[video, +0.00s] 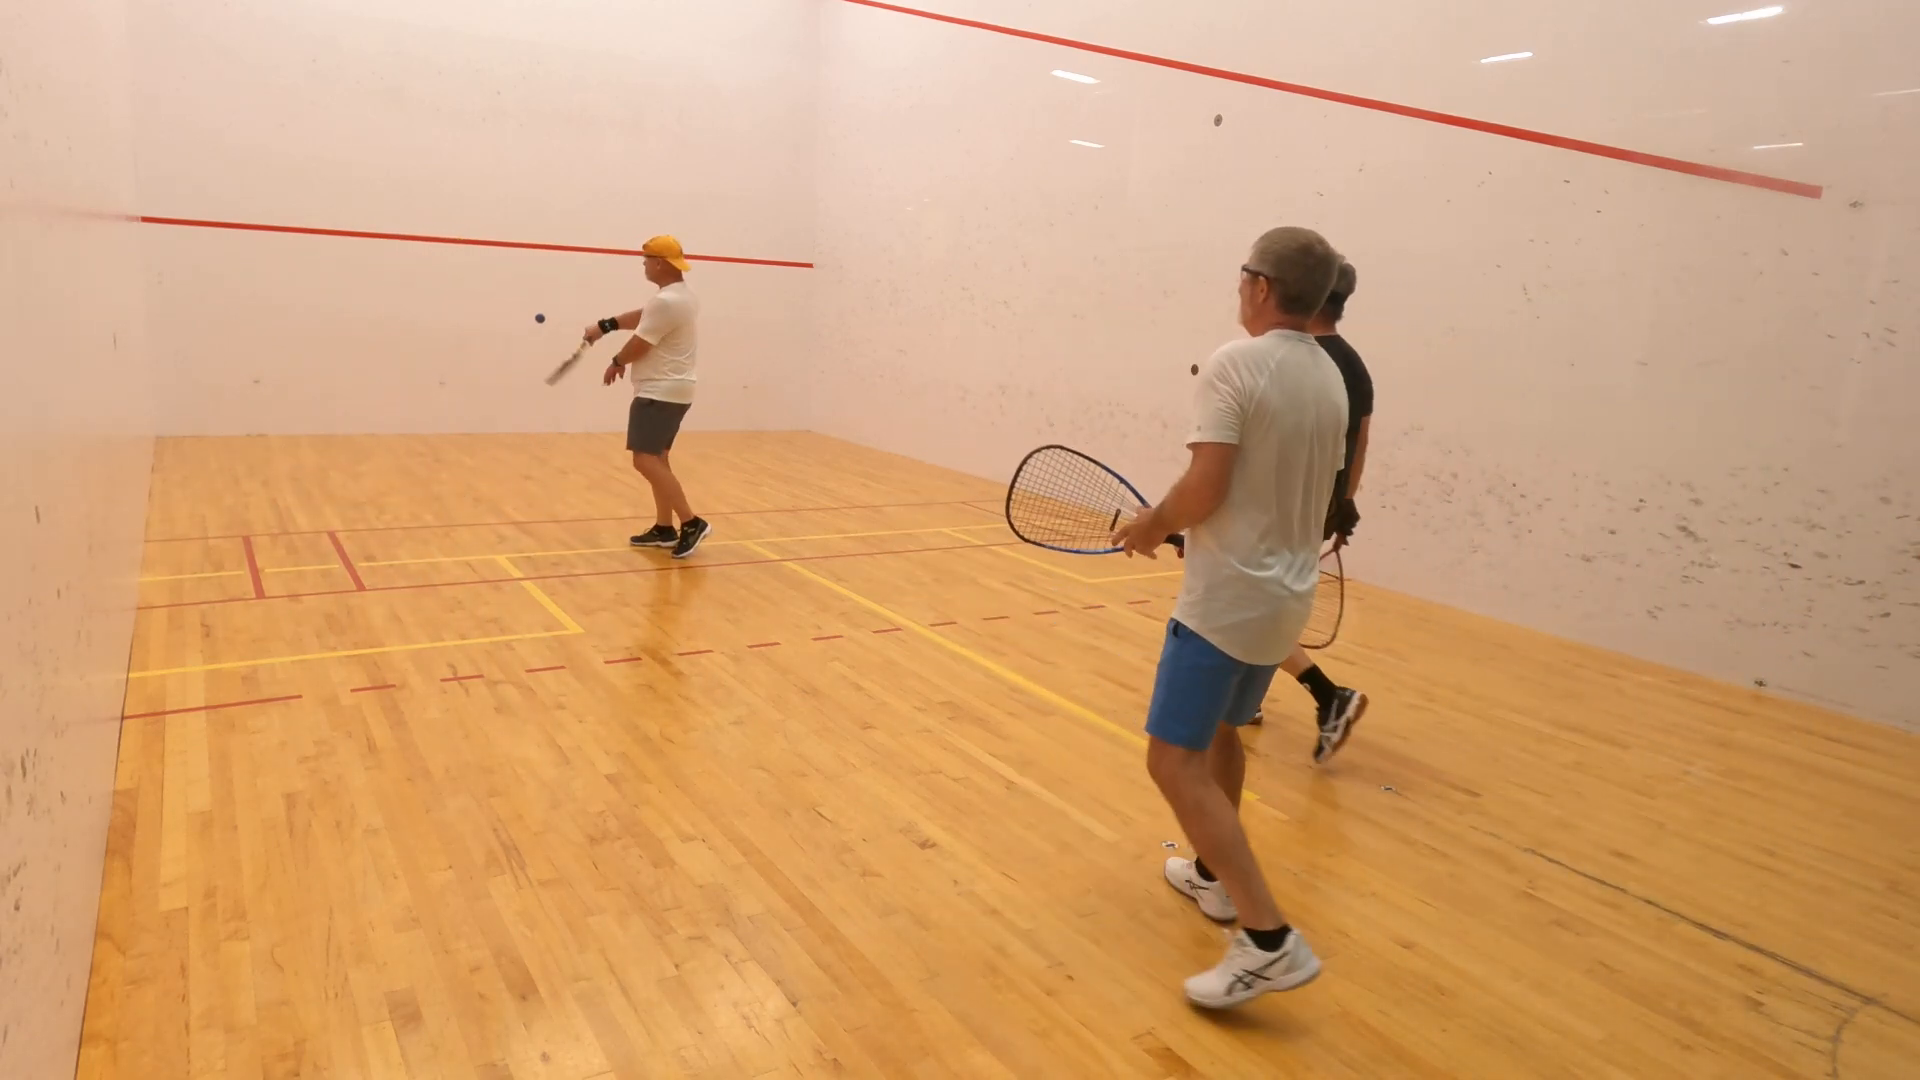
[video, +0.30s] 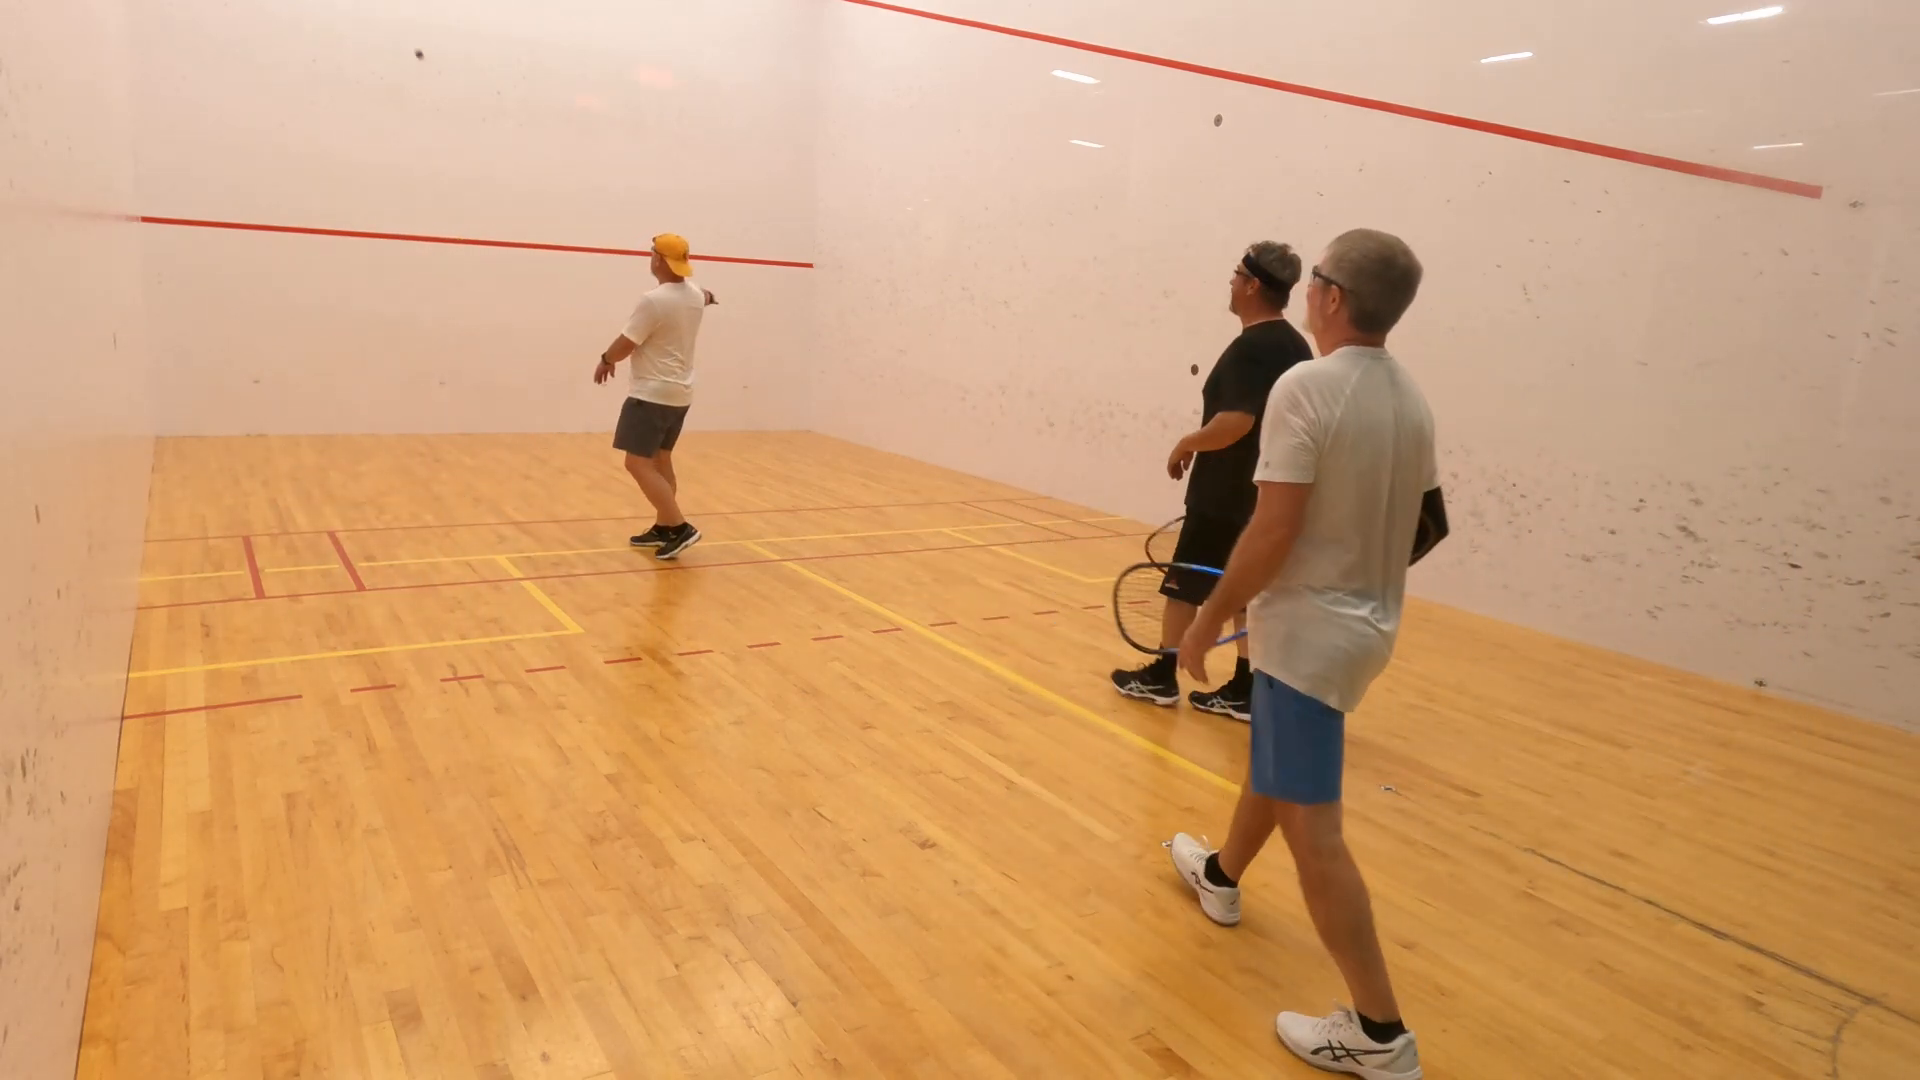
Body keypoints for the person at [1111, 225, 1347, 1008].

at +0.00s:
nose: (1238, 289)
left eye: (1244, 279)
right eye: (1243, 277)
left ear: (1260, 290)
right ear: (1316, 299)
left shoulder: (1236, 365)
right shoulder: (1331, 376)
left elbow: (1205, 489)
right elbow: (1314, 497)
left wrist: (1153, 522)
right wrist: (1185, 527)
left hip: (1225, 604)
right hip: (1286, 603)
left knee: (1172, 761)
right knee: (1226, 733)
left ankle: (1270, 939)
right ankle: (1212, 870)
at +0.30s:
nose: (1308, 294)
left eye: (1314, 285)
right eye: (1314, 282)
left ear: (1329, 299)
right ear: (1392, 310)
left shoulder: (1305, 388)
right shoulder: (1408, 399)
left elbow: (1275, 527)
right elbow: (1415, 528)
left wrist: (1208, 620)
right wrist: (1333, 594)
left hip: (1302, 627)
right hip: (1367, 629)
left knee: (1316, 837)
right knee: (1277, 753)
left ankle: (1382, 1030)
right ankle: (1221, 875)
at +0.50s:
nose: (1356, 278)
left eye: (1362, 268)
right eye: (1363, 265)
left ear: (1382, 286)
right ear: (1444, 295)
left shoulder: (1361, 389)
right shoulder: (1479, 389)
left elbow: (1350, 539)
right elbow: (1507, 523)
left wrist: (1299, 679)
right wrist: (1436, 601)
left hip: (1364, 657)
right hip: (1432, 653)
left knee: (1346, 843)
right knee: (1344, 790)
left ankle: (1381, 1034)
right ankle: (1339, 944)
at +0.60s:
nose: (1385, 276)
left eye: (1393, 264)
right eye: (1393, 262)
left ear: (1417, 283)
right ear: (1475, 293)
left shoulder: (1401, 388)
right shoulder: (1512, 388)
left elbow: (1397, 545)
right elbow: (1540, 525)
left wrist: (1346, 687)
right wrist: (1460, 599)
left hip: (1398, 673)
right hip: (1467, 668)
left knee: (1353, 837)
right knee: (1400, 812)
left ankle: (1378, 1031)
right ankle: (1442, 1000)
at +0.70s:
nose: (1421, 271)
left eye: (1431, 262)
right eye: (1429, 258)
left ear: (1460, 287)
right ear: (1506, 297)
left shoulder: (1443, 391)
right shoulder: (1539, 387)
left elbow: (1452, 553)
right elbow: (1569, 532)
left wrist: (1386, 691)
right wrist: (1492, 611)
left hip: (1435, 687)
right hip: (1509, 687)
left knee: (1370, 844)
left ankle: (1378, 1033)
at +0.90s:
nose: (1484, 273)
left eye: (1495, 261)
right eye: (1491, 257)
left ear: (1529, 284)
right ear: (1561, 293)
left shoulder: (1541, 383)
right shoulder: (1587, 379)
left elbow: (1568, 554)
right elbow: (1582, 558)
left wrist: (1466, 682)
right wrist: (1476, 653)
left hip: (1542, 705)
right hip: (1601, 705)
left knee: (1452, 883)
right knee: (1566, 889)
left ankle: (1447, 1071)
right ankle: (1601, 1074)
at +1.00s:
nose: (1516, 263)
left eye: (1531, 251)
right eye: (1527, 248)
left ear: (1567, 279)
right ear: (1585, 284)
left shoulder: (1594, 386)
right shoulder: (1614, 377)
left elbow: (1627, 567)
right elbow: (1622, 566)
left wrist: (1482, 684)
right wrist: (1493, 680)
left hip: (1577, 728)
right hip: (1603, 724)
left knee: (1490, 938)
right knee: (1598, 913)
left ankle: (1545, 1075)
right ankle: (1607, 1074)